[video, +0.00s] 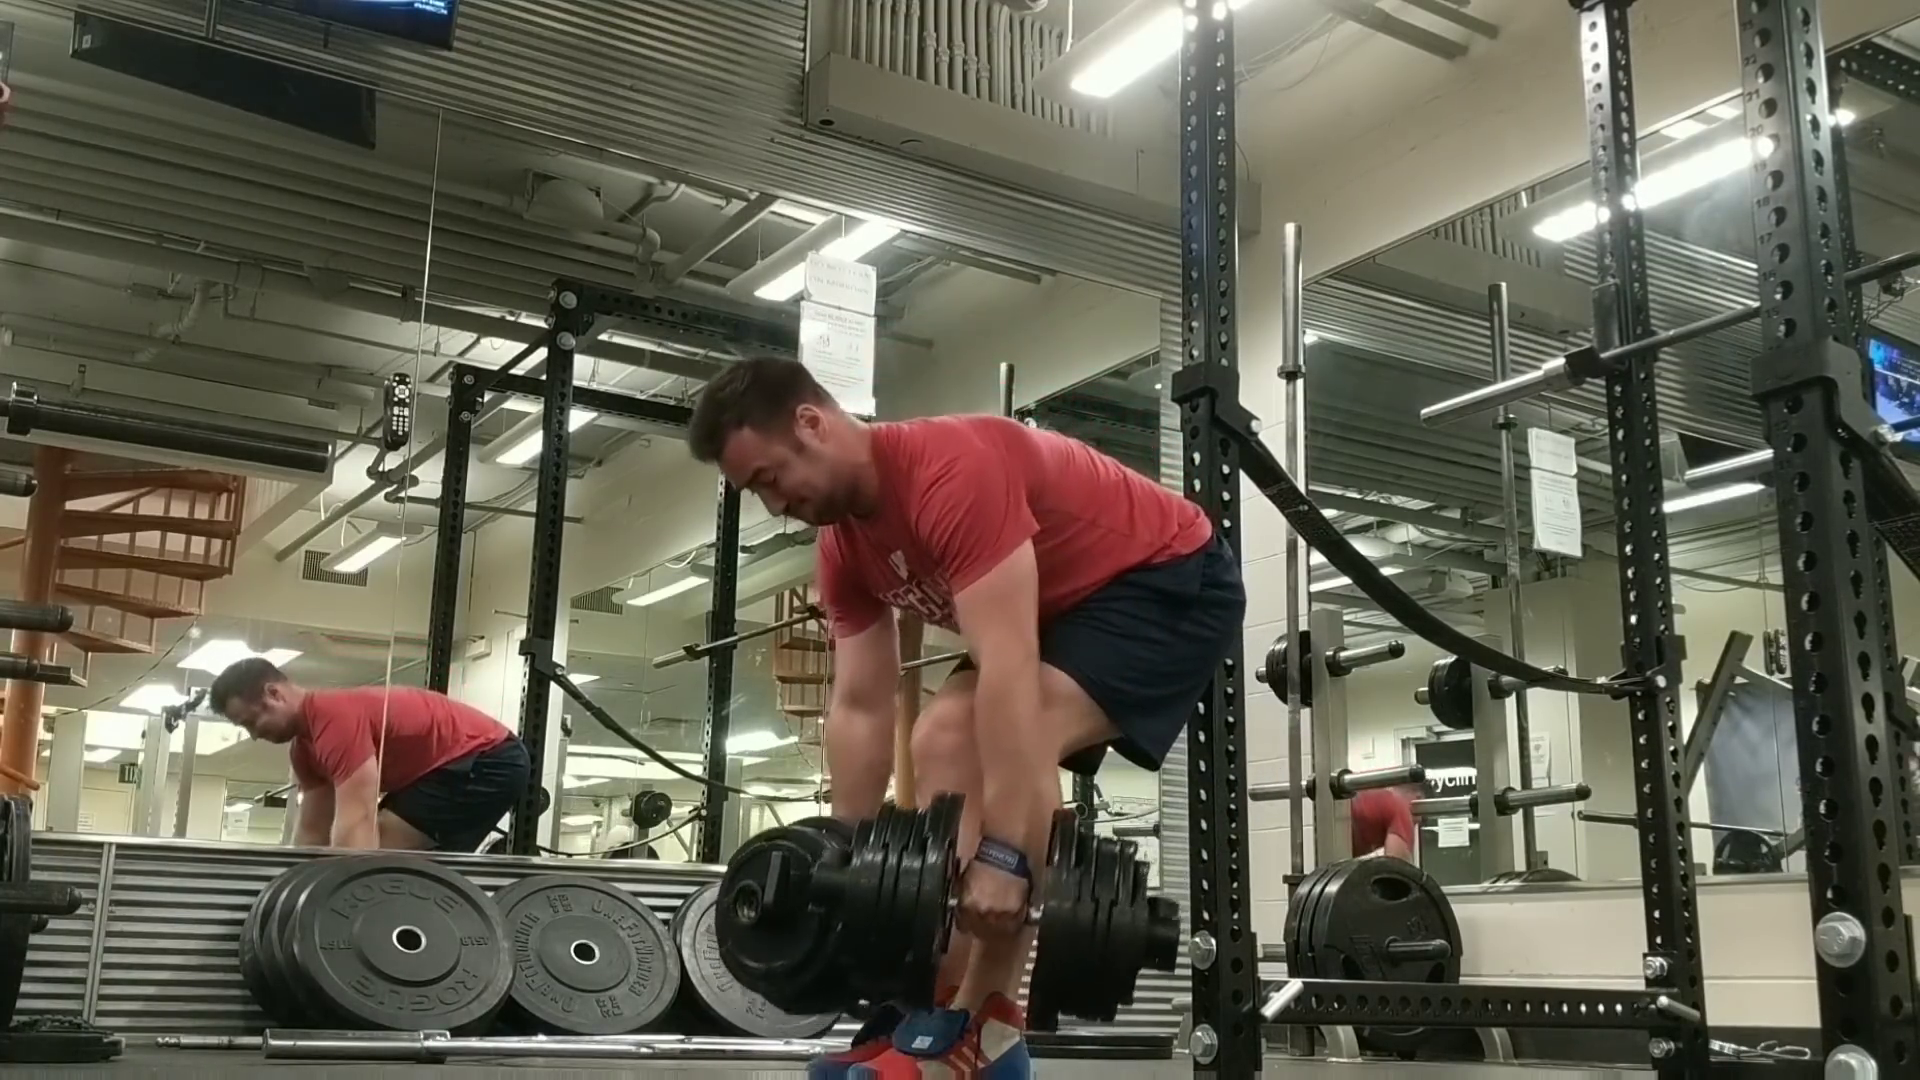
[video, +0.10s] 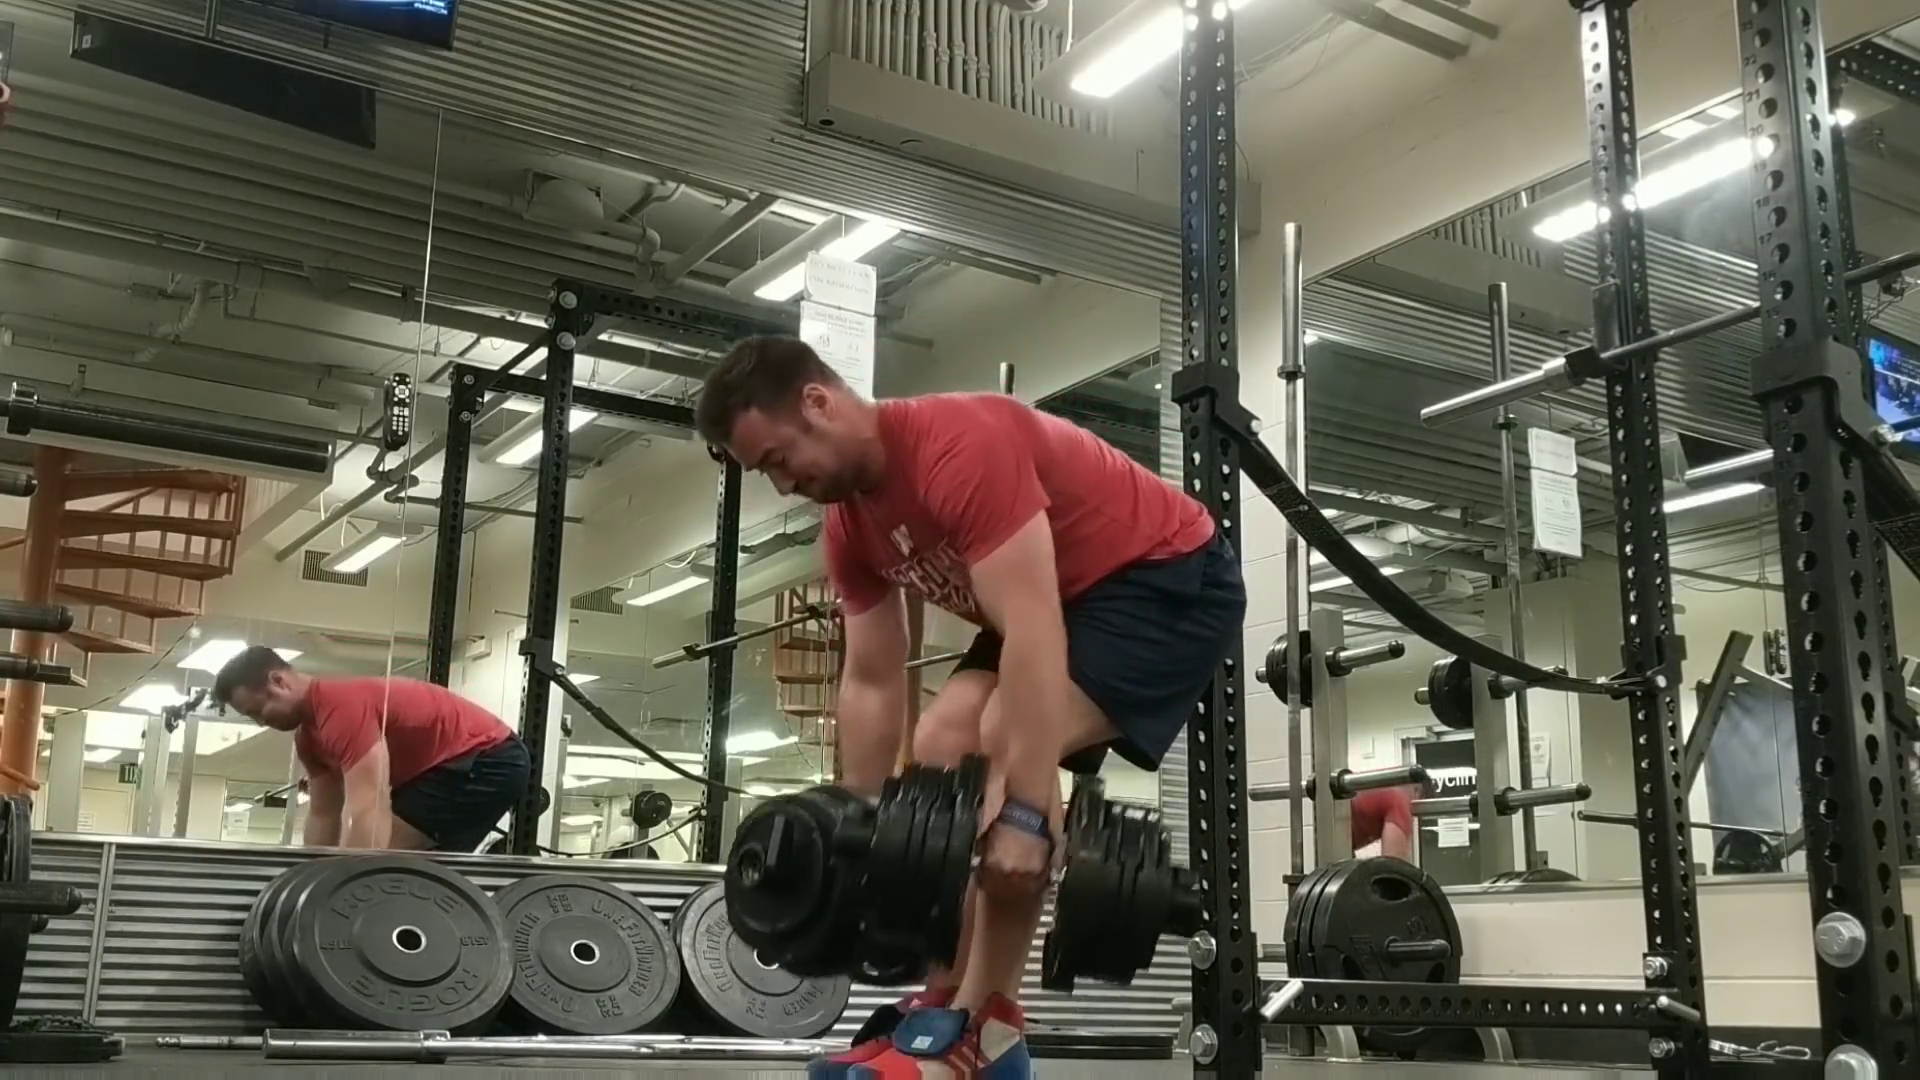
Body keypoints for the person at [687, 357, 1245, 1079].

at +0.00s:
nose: (774, 506)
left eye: (769, 478)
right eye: (756, 492)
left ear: (816, 421)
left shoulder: (957, 474)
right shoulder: (846, 548)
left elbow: (1006, 660)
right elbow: (861, 704)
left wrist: (1006, 850)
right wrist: (843, 863)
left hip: (1168, 579)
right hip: (1069, 604)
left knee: (1011, 743)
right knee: (941, 734)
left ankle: (992, 1025)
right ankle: (935, 1017)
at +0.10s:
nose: (783, 486)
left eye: (779, 459)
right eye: (767, 473)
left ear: (821, 401)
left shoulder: (964, 446)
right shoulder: (851, 528)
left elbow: (1032, 617)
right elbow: (873, 679)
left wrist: (1027, 809)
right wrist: (855, 836)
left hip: (1169, 576)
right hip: (1061, 601)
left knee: (1011, 731)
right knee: (940, 737)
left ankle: (989, 1025)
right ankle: (942, 1004)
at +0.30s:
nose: (814, 443)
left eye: (807, 420)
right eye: (797, 435)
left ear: (840, 357)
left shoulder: (985, 387)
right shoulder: (864, 475)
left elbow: (1086, 542)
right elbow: (900, 610)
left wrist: (1085, 719)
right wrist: (888, 754)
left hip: (1162, 567)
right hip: (1039, 592)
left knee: (1025, 761)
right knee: (951, 758)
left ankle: (991, 1017)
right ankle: (942, 1000)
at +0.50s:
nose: (853, 435)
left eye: (842, 417)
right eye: (837, 430)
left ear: (858, 351)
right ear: (854, 359)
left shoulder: (1003, 349)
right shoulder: (881, 442)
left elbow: (1137, 477)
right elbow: (940, 559)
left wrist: (1140, 642)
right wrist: (913, 691)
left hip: (1158, 565)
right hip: (1051, 586)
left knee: (1018, 735)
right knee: (952, 733)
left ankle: (992, 1018)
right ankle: (942, 1003)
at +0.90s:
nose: (841, 456)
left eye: (830, 438)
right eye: (825, 452)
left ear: (844, 367)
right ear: (843, 373)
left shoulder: (994, 366)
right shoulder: (875, 456)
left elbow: (1137, 487)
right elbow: (938, 573)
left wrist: (1145, 656)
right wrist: (919, 699)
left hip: (1153, 564)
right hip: (1045, 591)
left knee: (1023, 737)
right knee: (952, 734)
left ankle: (991, 1016)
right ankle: (944, 1001)